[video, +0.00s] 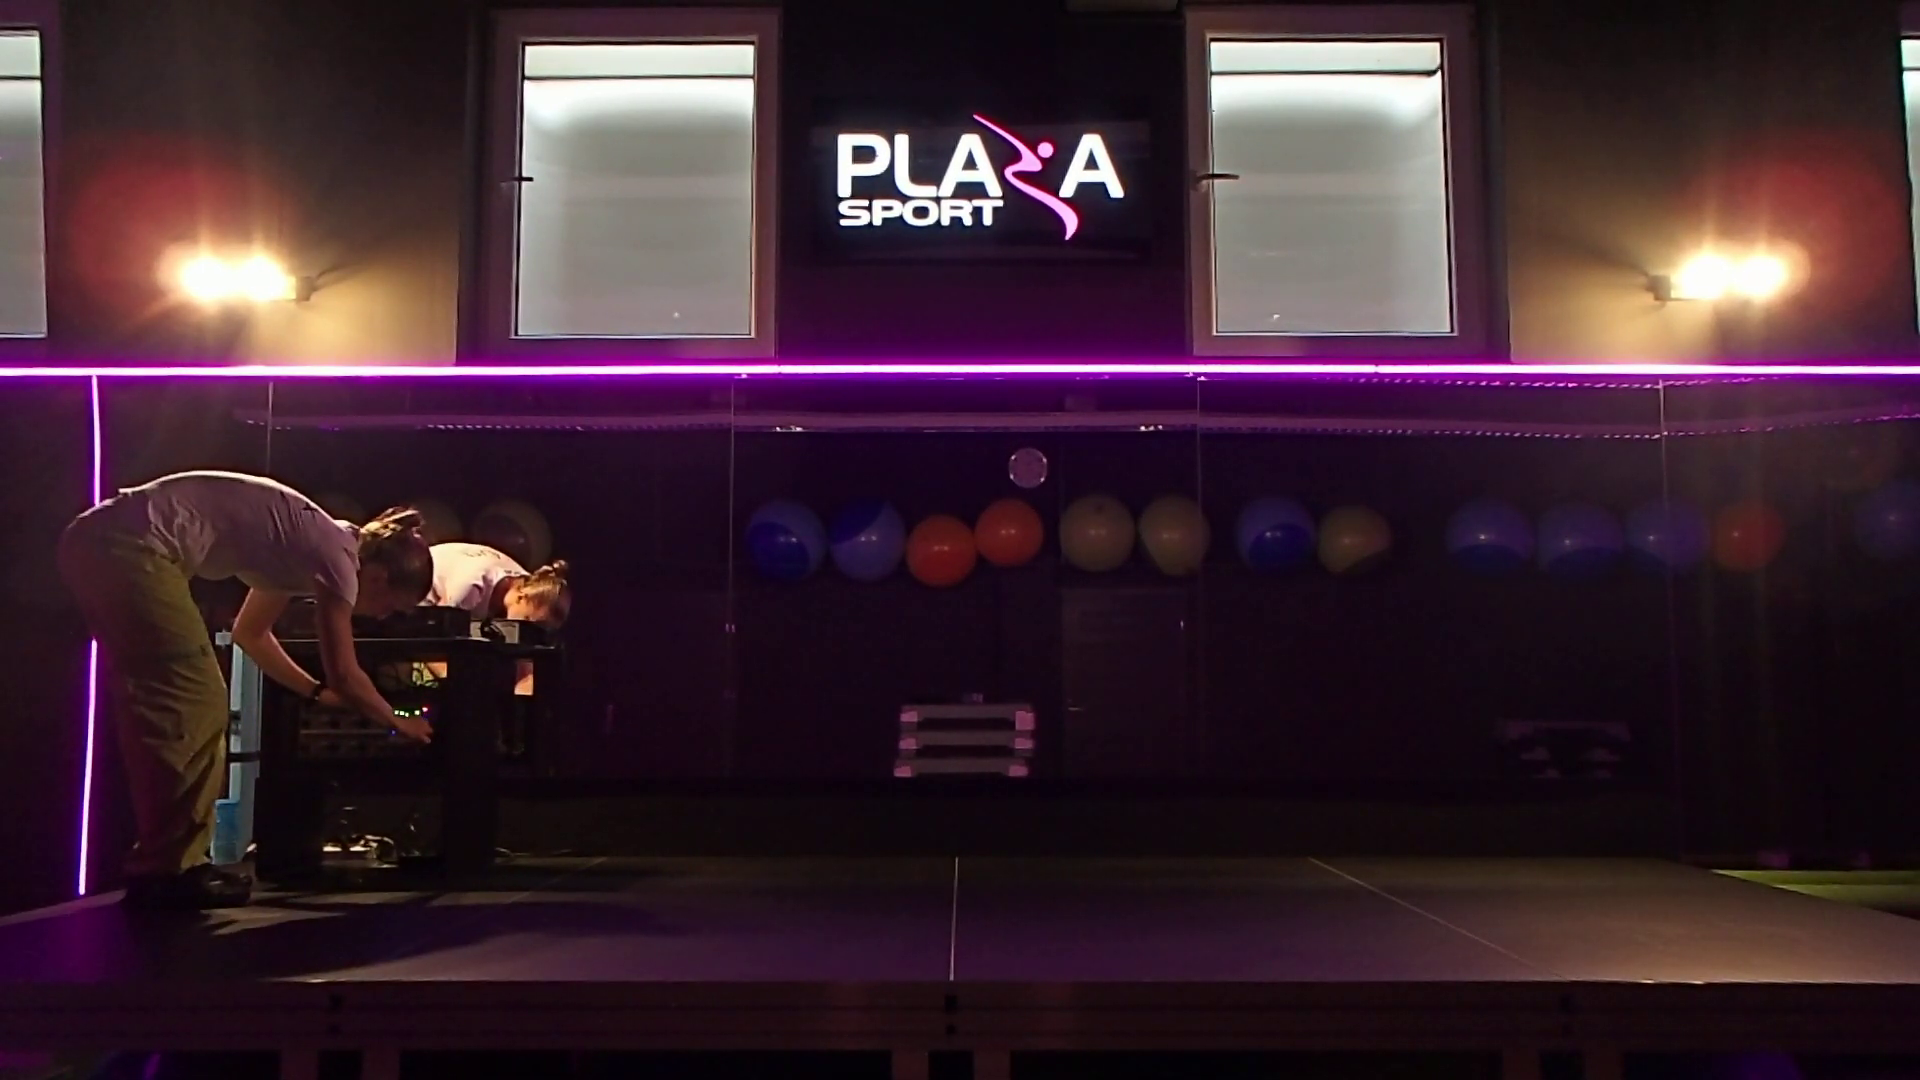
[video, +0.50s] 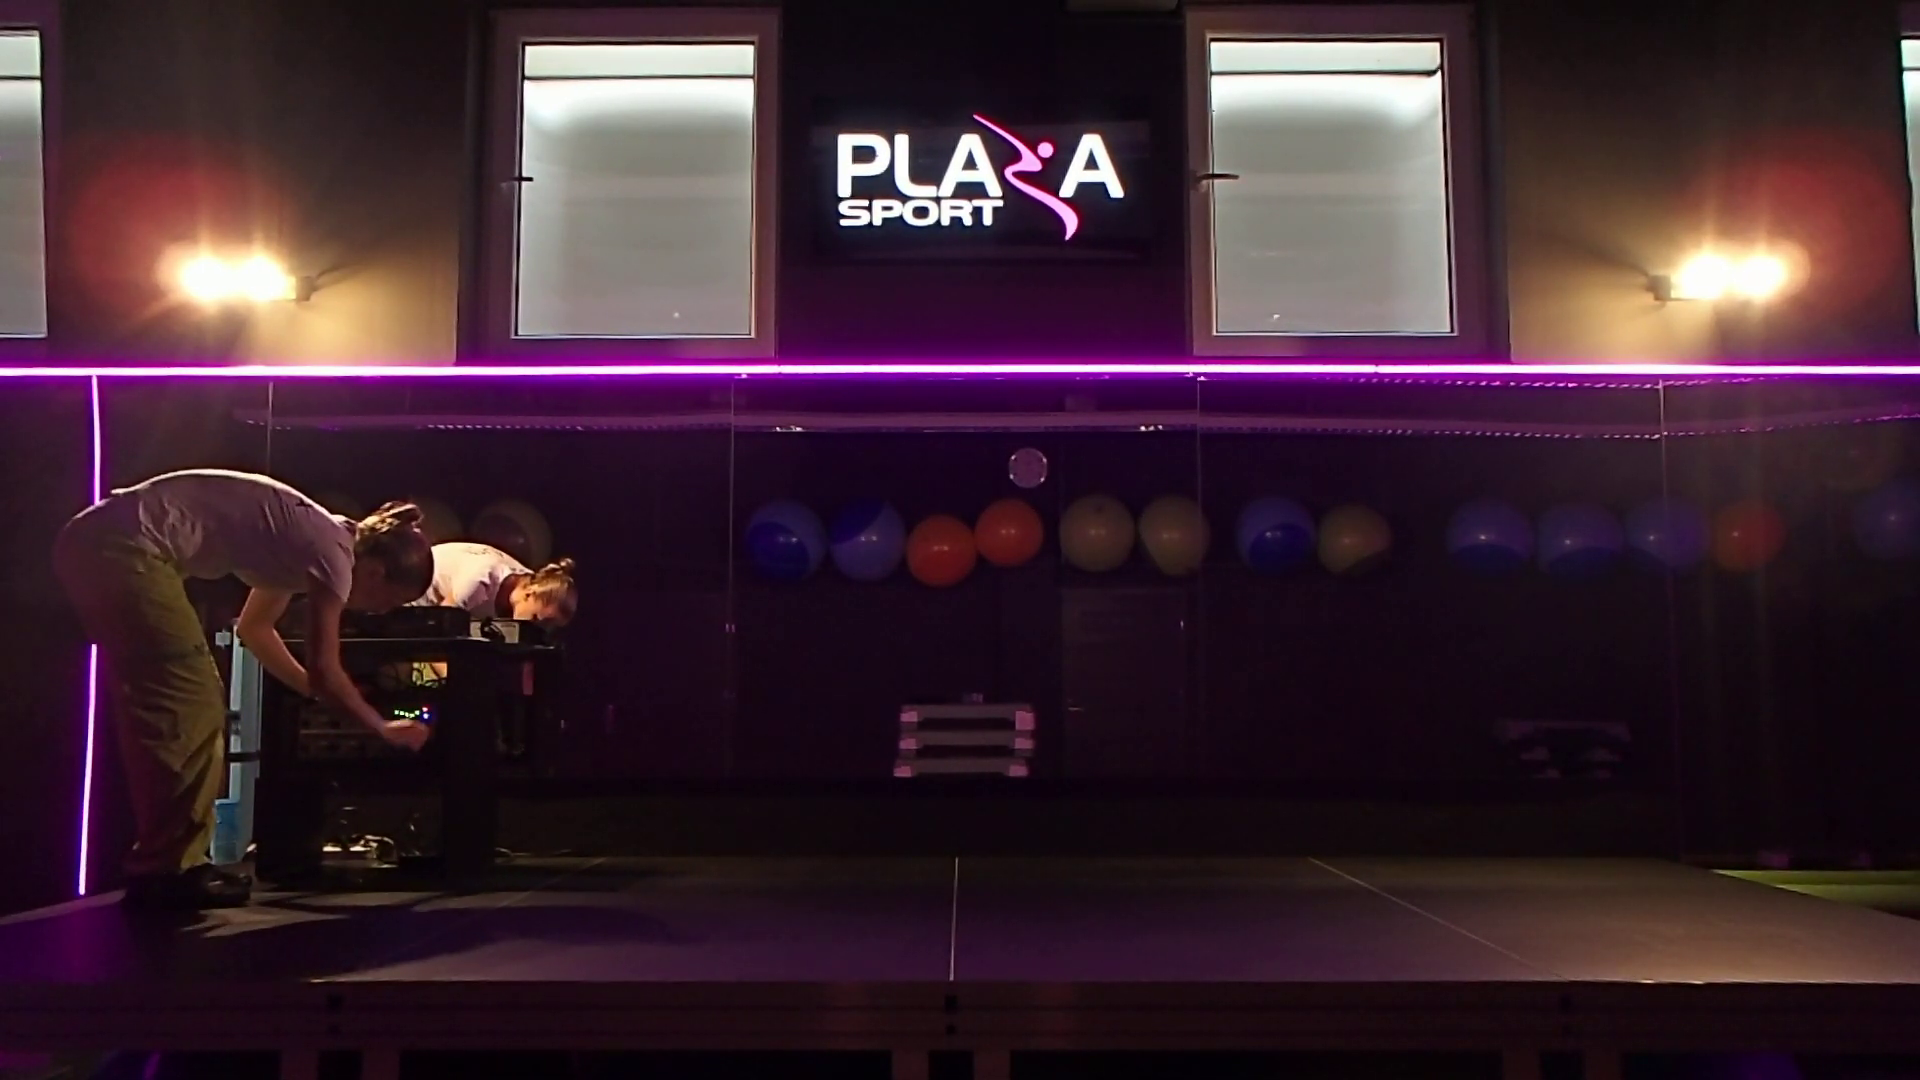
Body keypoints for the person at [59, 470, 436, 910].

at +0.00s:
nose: (378, 615)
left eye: (390, 611)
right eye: (388, 605)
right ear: (381, 574)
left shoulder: (296, 549)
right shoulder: (336, 551)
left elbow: (249, 632)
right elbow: (344, 672)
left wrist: (315, 691)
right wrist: (398, 722)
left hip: (111, 542)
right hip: (132, 547)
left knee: (181, 699)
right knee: (196, 700)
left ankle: (167, 866)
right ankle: (170, 869)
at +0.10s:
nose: (379, 614)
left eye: (391, 611)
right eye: (389, 605)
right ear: (381, 572)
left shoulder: (297, 549)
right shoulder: (336, 551)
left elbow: (249, 631)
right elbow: (344, 671)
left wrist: (315, 691)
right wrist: (399, 722)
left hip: (114, 542)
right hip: (130, 547)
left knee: (182, 696)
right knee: (195, 697)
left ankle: (168, 865)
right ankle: (170, 869)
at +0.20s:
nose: (378, 615)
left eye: (390, 611)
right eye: (388, 605)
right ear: (379, 572)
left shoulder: (298, 548)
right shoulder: (335, 551)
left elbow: (250, 630)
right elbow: (344, 670)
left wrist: (315, 691)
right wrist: (400, 721)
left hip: (114, 542)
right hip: (129, 546)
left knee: (179, 697)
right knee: (196, 698)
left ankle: (168, 865)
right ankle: (169, 870)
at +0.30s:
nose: (378, 613)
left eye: (389, 609)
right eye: (387, 604)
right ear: (378, 572)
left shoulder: (297, 546)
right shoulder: (334, 551)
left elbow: (252, 629)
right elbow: (342, 669)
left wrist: (315, 690)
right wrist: (398, 719)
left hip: (111, 542)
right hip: (128, 547)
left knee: (179, 696)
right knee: (195, 697)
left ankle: (168, 865)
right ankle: (170, 869)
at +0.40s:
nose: (377, 613)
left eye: (389, 609)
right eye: (387, 604)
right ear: (378, 571)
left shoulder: (299, 543)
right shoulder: (334, 552)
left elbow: (252, 628)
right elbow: (337, 670)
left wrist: (314, 690)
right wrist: (395, 720)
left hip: (110, 543)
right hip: (128, 548)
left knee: (179, 696)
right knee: (194, 697)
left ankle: (166, 865)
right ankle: (169, 869)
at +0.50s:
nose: (376, 610)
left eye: (388, 607)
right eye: (386, 601)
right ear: (377, 570)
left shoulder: (302, 539)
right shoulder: (333, 550)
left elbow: (254, 626)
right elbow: (327, 669)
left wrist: (310, 686)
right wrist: (384, 727)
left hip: (107, 543)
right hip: (125, 548)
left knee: (178, 697)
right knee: (192, 698)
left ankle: (169, 865)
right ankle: (170, 869)